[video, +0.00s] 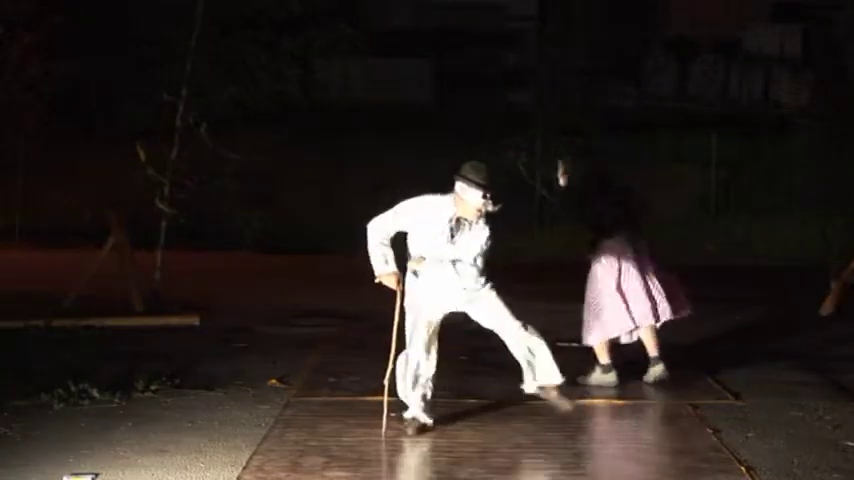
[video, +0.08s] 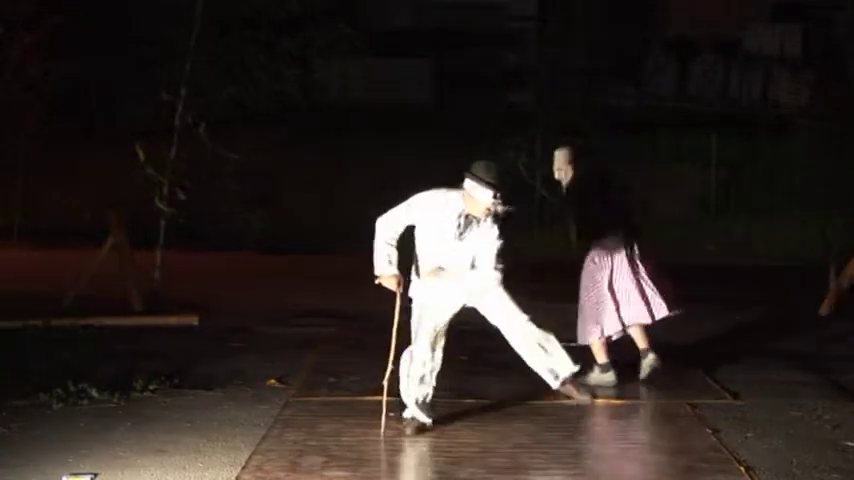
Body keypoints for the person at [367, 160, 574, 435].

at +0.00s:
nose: (484, 206)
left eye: (486, 200)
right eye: (479, 198)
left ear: (486, 199)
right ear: (461, 192)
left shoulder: (480, 229)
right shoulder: (425, 208)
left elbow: (472, 272)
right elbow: (378, 227)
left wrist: (428, 264)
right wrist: (385, 269)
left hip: (470, 286)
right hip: (426, 287)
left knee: (513, 329)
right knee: (420, 347)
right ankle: (416, 411)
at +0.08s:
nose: (491, 207)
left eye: (495, 201)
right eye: (488, 200)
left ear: (494, 200)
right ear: (469, 192)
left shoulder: (488, 227)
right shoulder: (432, 202)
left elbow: (488, 274)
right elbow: (387, 224)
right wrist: (386, 268)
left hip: (475, 283)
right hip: (432, 285)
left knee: (519, 326)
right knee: (424, 346)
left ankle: (563, 378)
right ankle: (415, 410)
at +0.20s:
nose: (512, 198)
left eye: (514, 192)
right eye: (508, 191)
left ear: (511, 191)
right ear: (489, 182)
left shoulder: (510, 220)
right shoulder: (450, 195)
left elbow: (520, 259)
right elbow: (407, 221)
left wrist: (511, 276)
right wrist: (396, 268)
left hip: (489, 282)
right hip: (444, 282)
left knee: (526, 324)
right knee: (427, 342)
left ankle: (568, 384)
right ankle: (412, 411)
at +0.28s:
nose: (522, 197)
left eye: (524, 192)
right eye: (518, 190)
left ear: (525, 190)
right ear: (500, 183)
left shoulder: (521, 211)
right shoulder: (459, 196)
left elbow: (532, 236)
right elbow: (420, 227)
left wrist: (542, 261)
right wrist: (406, 271)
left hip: (498, 283)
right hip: (451, 281)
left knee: (527, 334)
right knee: (426, 339)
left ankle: (560, 400)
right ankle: (407, 408)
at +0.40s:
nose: (543, 203)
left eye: (544, 197)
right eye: (539, 196)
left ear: (532, 195)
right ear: (518, 189)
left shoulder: (529, 221)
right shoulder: (472, 209)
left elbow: (554, 231)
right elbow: (436, 235)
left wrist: (577, 242)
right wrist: (423, 280)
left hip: (509, 306)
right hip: (462, 302)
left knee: (526, 365)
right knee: (431, 355)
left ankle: (545, 433)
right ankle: (395, 412)